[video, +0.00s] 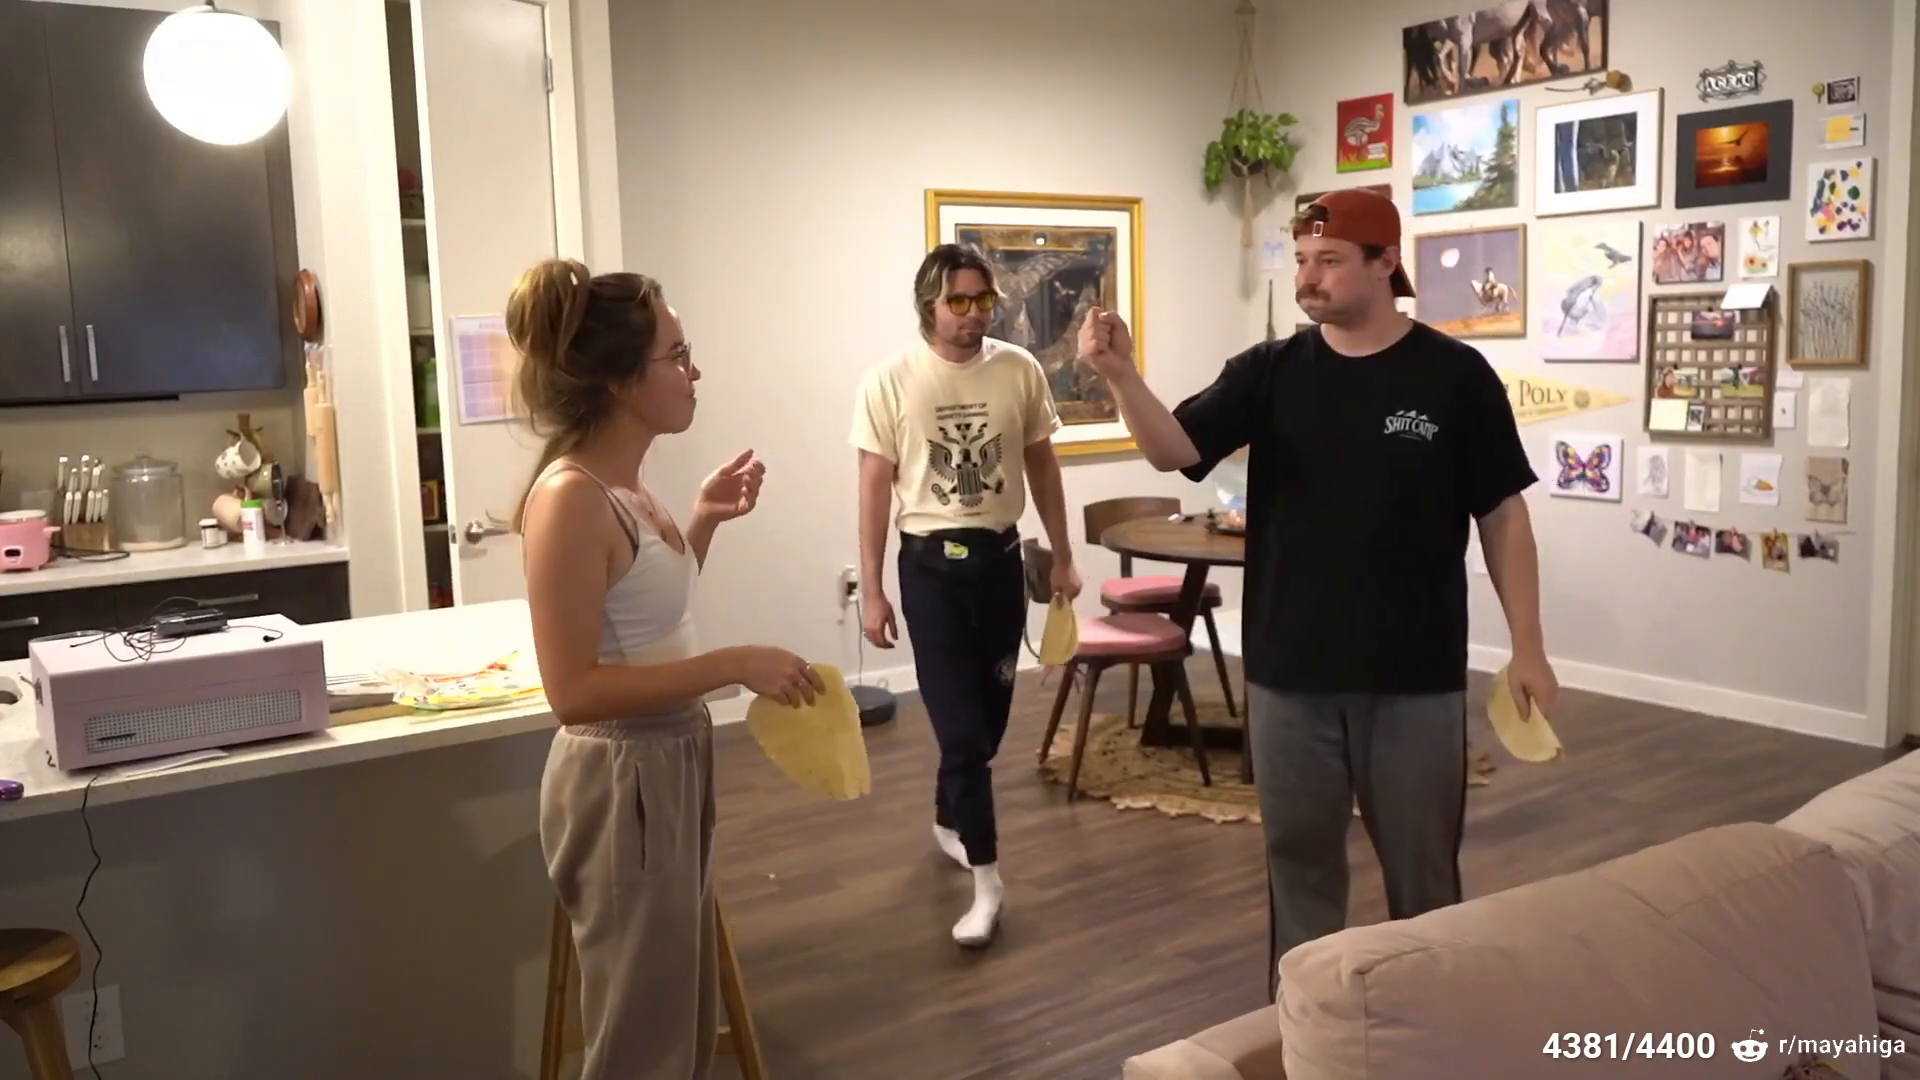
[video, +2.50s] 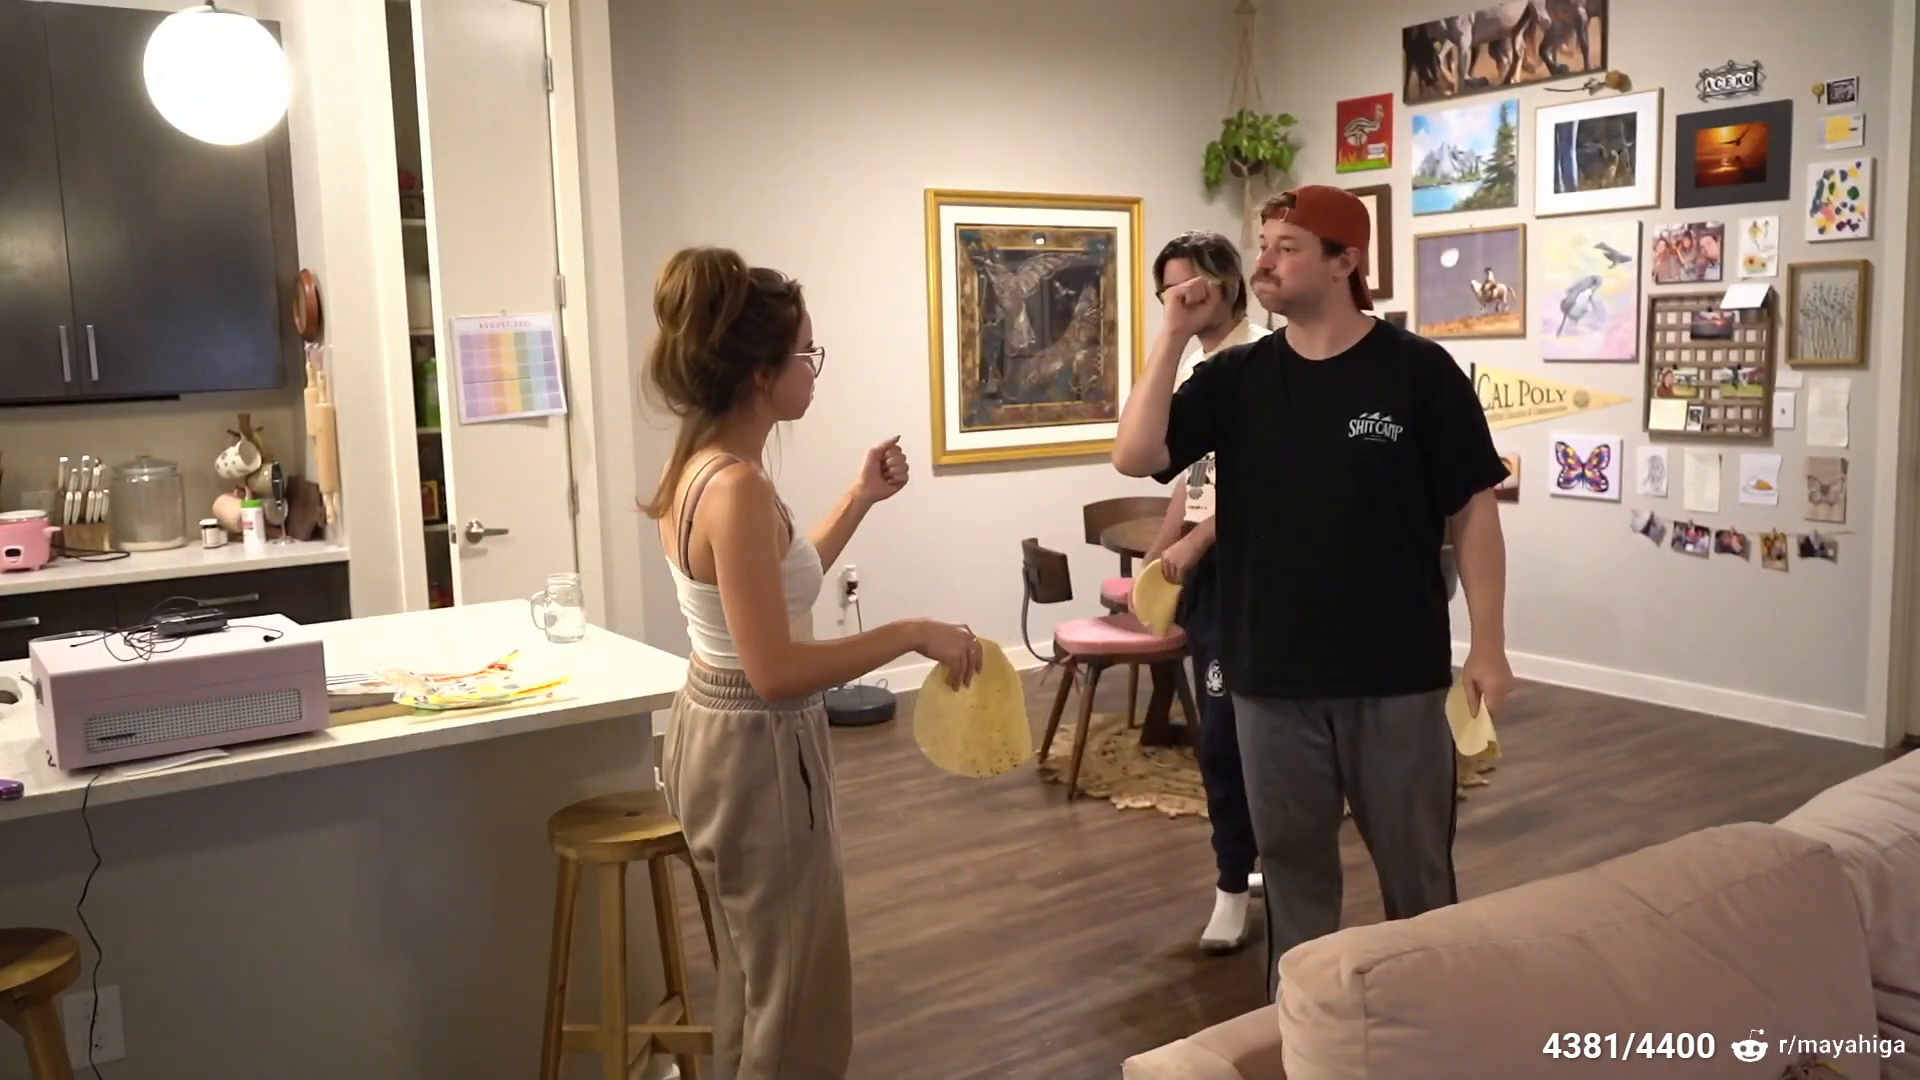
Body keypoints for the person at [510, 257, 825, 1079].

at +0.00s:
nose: (694, 372)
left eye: (686, 353)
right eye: (677, 358)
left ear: (625, 383)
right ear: (618, 383)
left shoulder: (628, 485)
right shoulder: (568, 499)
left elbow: (651, 611)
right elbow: (574, 692)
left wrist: (705, 518)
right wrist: (734, 666)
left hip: (668, 759)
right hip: (618, 776)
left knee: (681, 1012)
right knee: (642, 1028)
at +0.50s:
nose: (729, 374)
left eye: (722, 356)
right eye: (714, 360)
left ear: (663, 383)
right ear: (663, 383)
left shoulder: (650, 484)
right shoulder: (617, 498)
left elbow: (672, 621)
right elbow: (657, 684)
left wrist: (760, 590)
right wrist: (770, 609)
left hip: (665, 758)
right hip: (656, 775)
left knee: (663, 1020)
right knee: (763, 1026)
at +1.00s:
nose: (802, 364)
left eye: (795, 348)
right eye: (788, 353)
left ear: (729, 380)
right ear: (744, 381)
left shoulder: (672, 475)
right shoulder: (725, 488)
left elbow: (724, 609)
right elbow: (795, 667)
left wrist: (827, 583)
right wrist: (858, 597)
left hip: (679, 739)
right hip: (741, 756)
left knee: (711, 991)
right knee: (796, 997)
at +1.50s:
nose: (822, 366)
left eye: (816, 349)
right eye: (808, 354)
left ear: (746, 378)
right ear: (762, 379)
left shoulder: (683, 474)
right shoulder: (745, 489)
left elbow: (689, 624)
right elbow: (794, 677)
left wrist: (820, 620)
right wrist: (864, 631)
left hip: (689, 743)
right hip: (748, 762)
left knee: (759, 996)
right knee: (791, 1010)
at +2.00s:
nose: (804, 363)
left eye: (799, 347)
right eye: (794, 350)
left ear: (728, 372)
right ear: (745, 371)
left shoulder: (677, 469)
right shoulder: (736, 487)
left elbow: (728, 598)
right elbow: (793, 664)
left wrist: (824, 552)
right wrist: (905, 622)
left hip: (693, 732)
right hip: (749, 750)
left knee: (743, 978)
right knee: (792, 999)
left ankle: (738, 1071)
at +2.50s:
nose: (816, 368)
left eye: (812, 352)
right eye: (806, 353)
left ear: (742, 371)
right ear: (758, 372)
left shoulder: (697, 470)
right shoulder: (738, 489)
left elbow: (784, 584)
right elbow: (775, 671)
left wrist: (858, 497)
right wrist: (918, 632)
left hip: (713, 733)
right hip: (757, 751)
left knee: (750, 974)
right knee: (795, 992)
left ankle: (737, 1071)